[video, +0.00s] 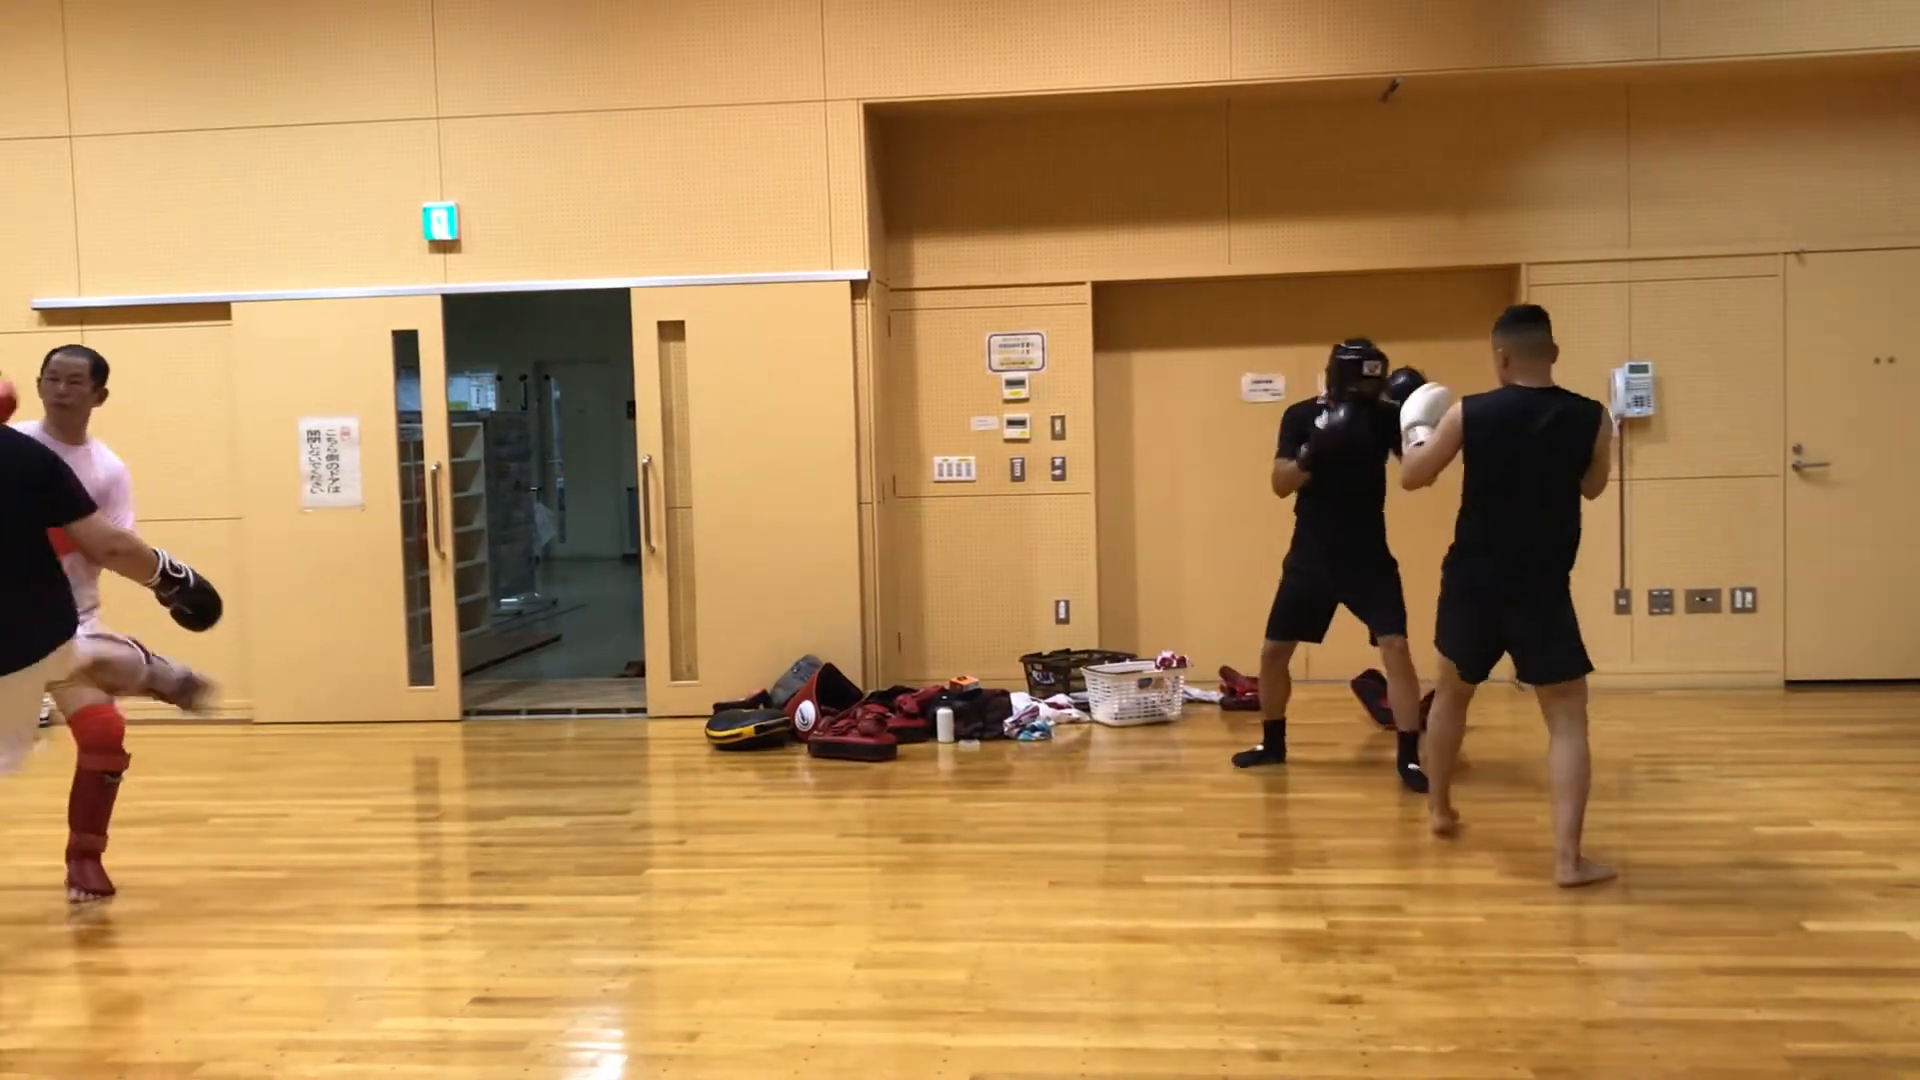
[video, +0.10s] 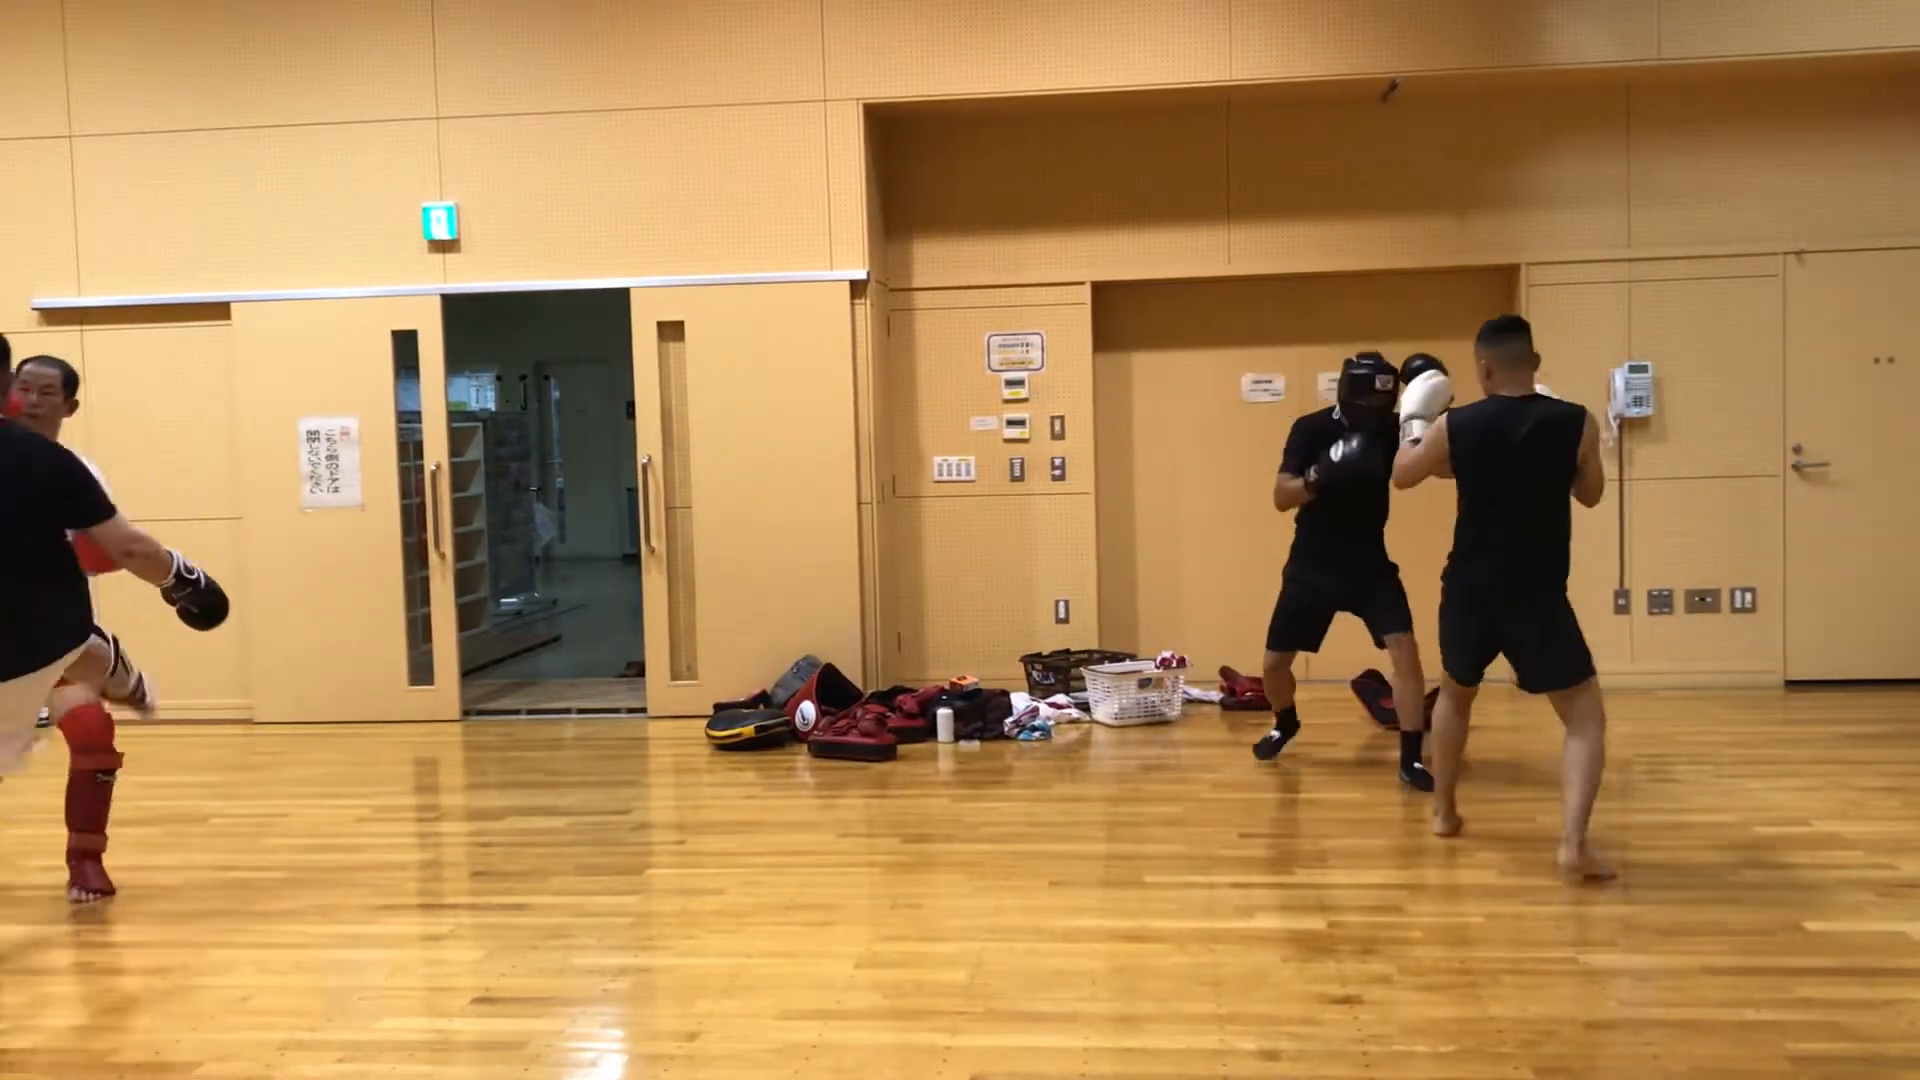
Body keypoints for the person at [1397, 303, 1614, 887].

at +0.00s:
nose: (1491, 362)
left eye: (1492, 354)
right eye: (1496, 355)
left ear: (1500, 356)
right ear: (1553, 353)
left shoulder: (1471, 413)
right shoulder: (1591, 417)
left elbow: (1414, 476)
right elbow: (1592, 485)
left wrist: (1411, 432)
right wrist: (1547, 453)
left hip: (1473, 585)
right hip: (1544, 590)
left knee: (1451, 693)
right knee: (1566, 721)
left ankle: (1439, 809)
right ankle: (1568, 860)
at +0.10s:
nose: (1475, 374)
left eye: (1476, 367)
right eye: (1479, 366)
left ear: (1484, 367)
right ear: (1535, 363)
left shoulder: (1459, 426)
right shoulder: (1575, 421)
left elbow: (1403, 477)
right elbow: (1590, 492)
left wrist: (1414, 426)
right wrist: (1551, 450)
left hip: (1470, 591)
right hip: (1540, 594)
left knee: (1455, 693)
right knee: (1584, 717)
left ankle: (1444, 810)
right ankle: (1573, 846)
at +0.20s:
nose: (1472, 371)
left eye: (1472, 364)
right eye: (1475, 364)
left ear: (1479, 365)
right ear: (1532, 360)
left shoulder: (1459, 422)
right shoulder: (1573, 415)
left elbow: (1415, 462)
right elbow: (1593, 487)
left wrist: (1421, 415)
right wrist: (1559, 443)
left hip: (1475, 587)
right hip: (1544, 587)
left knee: (1458, 692)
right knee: (1600, 706)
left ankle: (1444, 811)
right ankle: (1600, 830)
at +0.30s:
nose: (1482, 368)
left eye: (1481, 360)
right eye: (1488, 361)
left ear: (1486, 361)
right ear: (1539, 355)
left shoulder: (1468, 417)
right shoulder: (1581, 411)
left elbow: (1425, 473)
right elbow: (1602, 481)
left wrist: (1427, 423)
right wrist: (1565, 437)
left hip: (1483, 585)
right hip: (1553, 585)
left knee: (1462, 692)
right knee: (1606, 705)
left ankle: (1445, 812)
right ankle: (1626, 843)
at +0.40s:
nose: (1488, 372)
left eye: (1487, 365)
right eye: (1491, 365)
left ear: (1493, 366)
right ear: (1545, 361)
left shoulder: (1473, 422)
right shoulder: (1587, 416)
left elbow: (1425, 479)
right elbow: (1610, 487)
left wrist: (1420, 435)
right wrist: (1587, 437)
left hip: (1491, 589)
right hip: (1560, 588)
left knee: (1465, 693)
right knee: (1613, 709)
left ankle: (1447, 812)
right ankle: (1631, 844)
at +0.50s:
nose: (1482, 378)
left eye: (1481, 370)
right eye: (1487, 370)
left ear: (1486, 371)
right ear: (1538, 364)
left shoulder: (1477, 429)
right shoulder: (1588, 417)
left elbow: (1433, 496)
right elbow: (1611, 489)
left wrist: (1426, 440)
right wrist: (1605, 434)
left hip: (1504, 589)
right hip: (1574, 588)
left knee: (1466, 691)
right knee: (1619, 710)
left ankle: (1446, 810)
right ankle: (1630, 843)